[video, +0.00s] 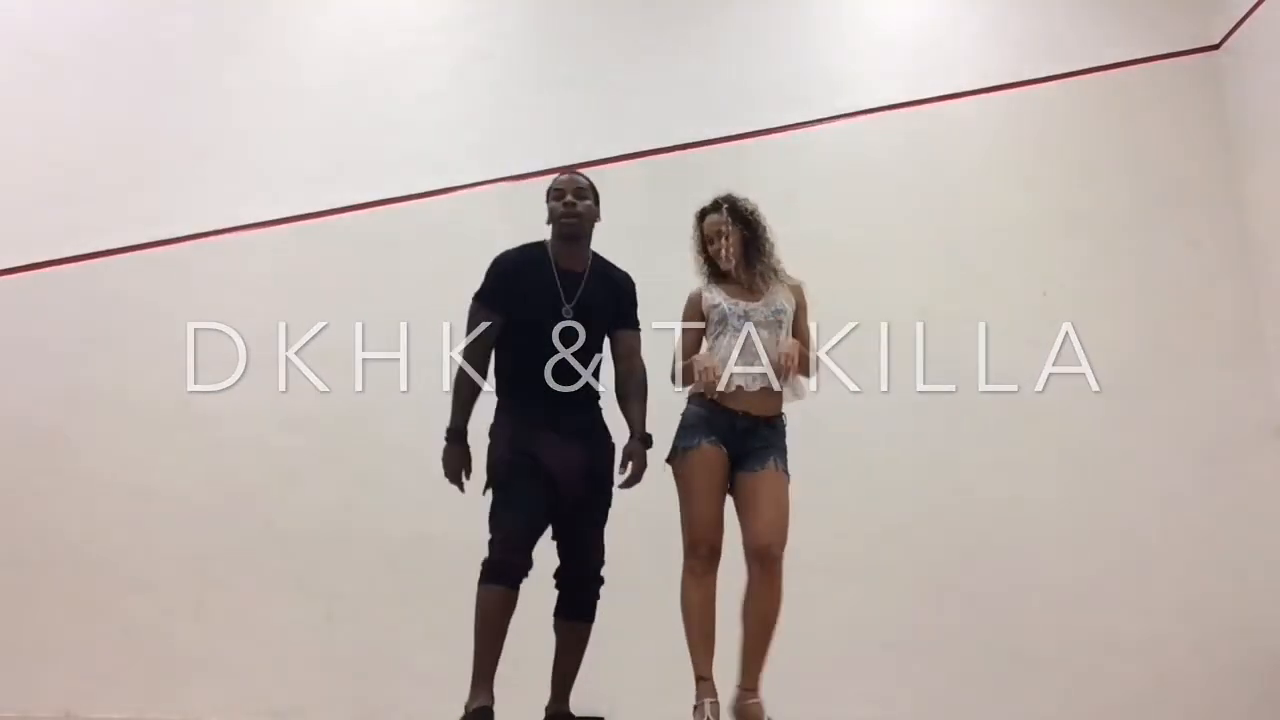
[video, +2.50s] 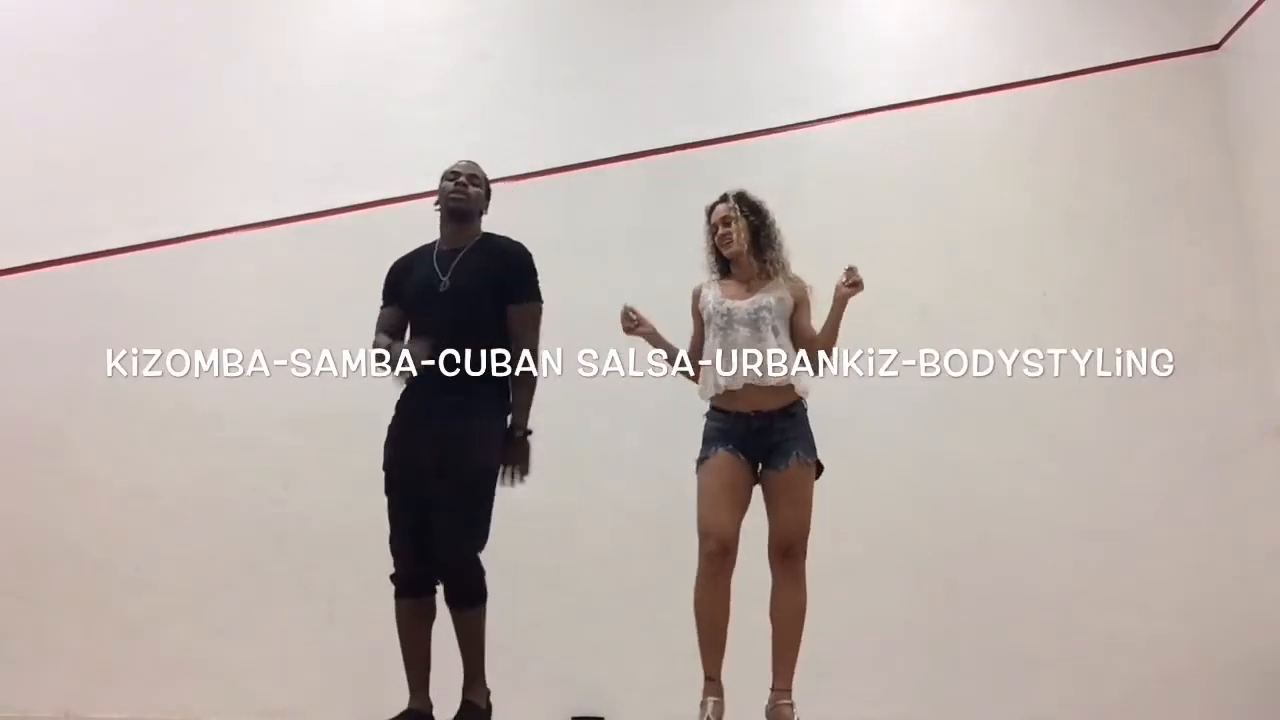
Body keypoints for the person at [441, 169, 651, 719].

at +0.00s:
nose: (569, 204)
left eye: (580, 197)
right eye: (559, 197)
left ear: (598, 213)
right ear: (546, 211)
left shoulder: (615, 284)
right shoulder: (511, 269)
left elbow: (628, 365)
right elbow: (476, 356)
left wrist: (638, 431)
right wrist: (457, 433)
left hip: (585, 441)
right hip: (520, 437)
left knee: (582, 575)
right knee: (506, 560)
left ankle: (559, 704)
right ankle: (480, 698)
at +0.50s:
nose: (506, 211)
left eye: (518, 206)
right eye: (497, 204)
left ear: (533, 222)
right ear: (482, 218)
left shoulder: (561, 278)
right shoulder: (464, 291)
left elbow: (602, 355)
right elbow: (455, 376)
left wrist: (604, 435)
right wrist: (436, 455)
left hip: (564, 446)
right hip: (499, 445)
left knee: (569, 581)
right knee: (464, 576)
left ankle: (560, 707)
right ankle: (440, 703)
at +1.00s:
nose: (478, 208)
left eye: (490, 207)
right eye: (469, 204)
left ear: (502, 230)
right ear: (452, 222)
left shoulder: (520, 288)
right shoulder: (422, 285)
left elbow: (552, 371)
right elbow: (405, 358)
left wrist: (539, 445)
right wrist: (429, 397)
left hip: (505, 428)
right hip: (446, 428)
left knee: (479, 534)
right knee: (437, 557)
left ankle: (507, 670)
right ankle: (437, 703)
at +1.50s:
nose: (501, 210)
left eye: (512, 207)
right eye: (491, 206)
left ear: (526, 230)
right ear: (476, 228)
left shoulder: (543, 300)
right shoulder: (448, 272)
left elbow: (559, 377)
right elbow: (403, 346)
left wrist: (515, 390)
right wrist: (378, 419)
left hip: (504, 456)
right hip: (438, 452)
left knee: (497, 577)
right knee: (425, 569)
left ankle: (465, 703)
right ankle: (432, 689)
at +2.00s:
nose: (478, 185)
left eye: (489, 181)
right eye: (468, 181)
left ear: (505, 200)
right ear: (453, 200)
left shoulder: (533, 261)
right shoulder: (425, 263)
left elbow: (559, 321)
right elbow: (388, 331)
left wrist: (535, 367)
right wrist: (413, 376)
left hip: (503, 434)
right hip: (438, 430)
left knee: (484, 570)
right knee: (425, 558)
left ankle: (465, 702)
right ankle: (415, 687)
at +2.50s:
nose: (461, 183)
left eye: (472, 180)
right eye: (452, 178)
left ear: (487, 200)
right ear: (436, 198)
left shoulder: (510, 259)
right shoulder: (408, 267)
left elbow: (528, 353)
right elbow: (383, 337)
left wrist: (519, 429)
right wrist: (398, 350)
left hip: (475, 431)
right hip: (413, 431)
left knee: (459, 559)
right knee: (410, 566)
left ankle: (475, 695)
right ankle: (418, 702)